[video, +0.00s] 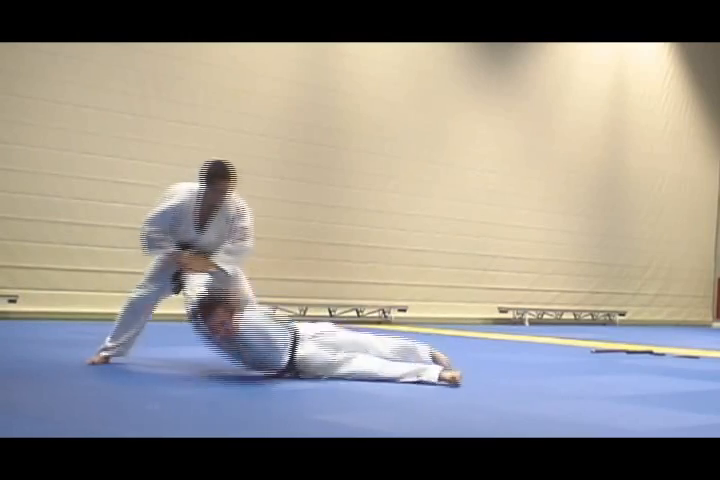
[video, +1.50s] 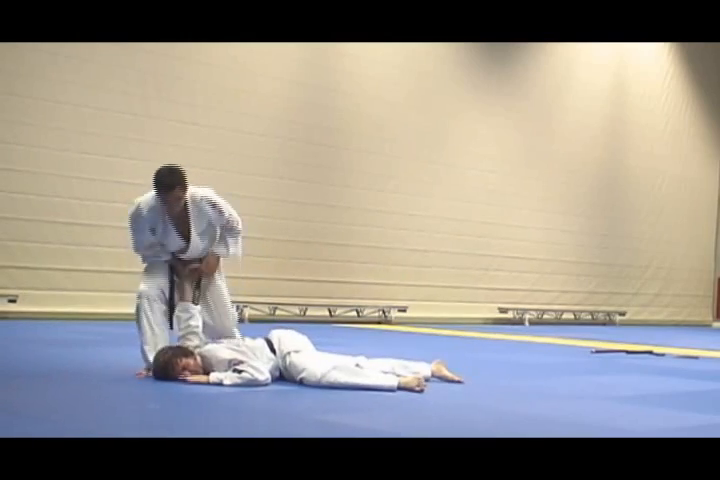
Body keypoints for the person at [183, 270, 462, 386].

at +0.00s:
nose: (219, 327)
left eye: (222, 319)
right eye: (211, 323)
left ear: (231, 312)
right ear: (205, 325)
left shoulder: (251, 322)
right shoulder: (218, 339)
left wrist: (238, 325)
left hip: (308, 340)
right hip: (298, 360)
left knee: (369, 345)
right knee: (365, 366)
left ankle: (428, 356)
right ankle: (431, 373)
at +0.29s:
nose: (190, 373)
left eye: (186, 368)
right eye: (182, 374)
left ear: (190, 353)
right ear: (180, 371)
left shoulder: (218, 351)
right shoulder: (199, 346)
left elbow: (257, 377)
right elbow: (209, 308)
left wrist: (211, 379)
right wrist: (218, 274)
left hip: (287, 341)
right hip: (291, 366)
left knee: (360, 309)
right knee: (363, 365)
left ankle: (405, 261)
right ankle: (372, 320)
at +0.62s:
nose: (190, 372)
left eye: (188, 366)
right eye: (183, 373)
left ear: (190, 355)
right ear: (177, 374)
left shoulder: (216, 352)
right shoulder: (199, 356)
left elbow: (260, 376)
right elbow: (173, 359)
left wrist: (212, 378)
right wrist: (156, 368)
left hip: (282, 342)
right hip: (279, 356)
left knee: (314, 373)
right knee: (335, 360)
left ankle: (392, 370)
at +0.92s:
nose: (190, 374)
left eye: (188, 367)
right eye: (182, 374)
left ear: (192, 356)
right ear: (179, 373)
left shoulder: (216, 351)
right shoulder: (199, 358)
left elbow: (259, 374)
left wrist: (216, 381)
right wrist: (157, 369)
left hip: (283, 345)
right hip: (281, 352)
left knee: (316, 372)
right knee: (351, 365)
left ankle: (398, 380)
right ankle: (425, 369)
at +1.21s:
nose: (189, 374)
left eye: (187, 367)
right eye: (182, 374)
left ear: (191, 355)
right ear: (178, 372)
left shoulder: (217, 349)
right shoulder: (196, 358)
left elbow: (260, 375)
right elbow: (176, 359)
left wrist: (216, 379)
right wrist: (156, 369)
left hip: (282, 346)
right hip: (280, 352)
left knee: (315, 373)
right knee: (352, 365)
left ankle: (399, 382)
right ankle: (427, 368)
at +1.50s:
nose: (188, 374)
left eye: (185, 368)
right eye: (181, 374)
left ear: (189, 357)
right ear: (180, 368)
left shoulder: (215, 353)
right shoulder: (201, 356)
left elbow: (259, 374)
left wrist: (214, 378)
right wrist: (159, 369)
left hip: (281, 348)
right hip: (281, 352)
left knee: (314, 373)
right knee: (353, 363)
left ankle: (397, 381)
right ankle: (428, 368)